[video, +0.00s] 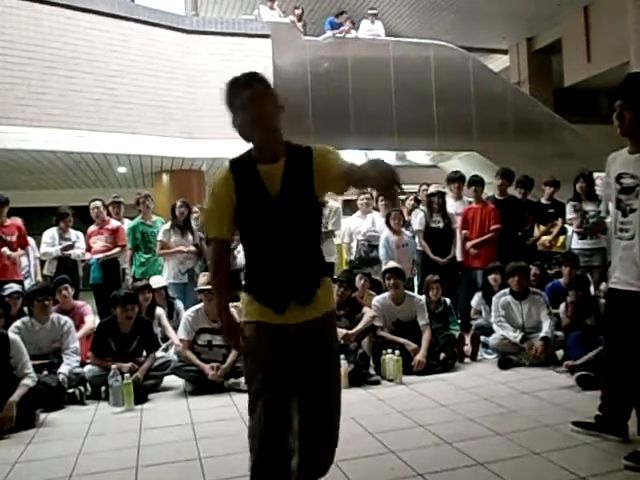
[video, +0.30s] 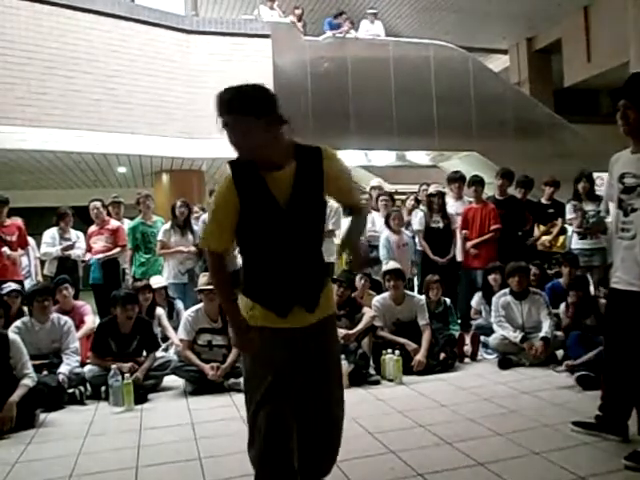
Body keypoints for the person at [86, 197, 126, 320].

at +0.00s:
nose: (96, 211)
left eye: (98, 208)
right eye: (93, 209)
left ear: (104, 209)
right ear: (90, 213)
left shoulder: (116, 226)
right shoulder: (90, 230)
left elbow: (122, 247)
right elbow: (88, 249)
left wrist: (104, 255)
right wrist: (87, 256)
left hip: (110, 262)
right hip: (95, 264)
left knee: (113, 295)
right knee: (100, 298)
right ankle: (104, 325)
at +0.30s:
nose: (96, 212)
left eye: (98, 208)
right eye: (93, 210)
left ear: (104, 210)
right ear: (90, 213)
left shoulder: (116, 226)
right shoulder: (91, 230)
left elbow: (122, 247)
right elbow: (89, 249)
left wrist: (105, 256)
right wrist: (87, 256)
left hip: (111, 262)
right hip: (96, 264)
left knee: (113, 295)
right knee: (100, 298)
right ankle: (104, 325)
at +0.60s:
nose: (96, 212)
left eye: (98, 208)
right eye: (93, 210)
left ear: (104, 210)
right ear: (90, 213)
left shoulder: (116, 226)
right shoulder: (91, 230)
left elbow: (122, 247)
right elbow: (89, 249)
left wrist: (105, 256)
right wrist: (88, 256)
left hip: (111, 262)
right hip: (96, 264)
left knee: (113, 294)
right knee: (100, 297)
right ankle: (104, 324)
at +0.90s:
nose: (96, 212)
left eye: (98, 209)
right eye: (93, 210)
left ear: (104, 210)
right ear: (90, 213)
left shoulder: (116, 226)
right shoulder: (91, 230)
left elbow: (122, 246)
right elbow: (89, 249)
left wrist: (105, 256)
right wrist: (87, 256)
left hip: (111, 263)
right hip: (96, 264)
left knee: (113, 296)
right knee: (100, 299)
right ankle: (104, 326)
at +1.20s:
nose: (96, 212)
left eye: (98, 209)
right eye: (93, 210)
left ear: (104, 210)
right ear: (90, 213)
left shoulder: (116, 226)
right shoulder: (90, 231)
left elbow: (122, 246)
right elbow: (89, 250)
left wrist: (105, 256)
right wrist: (87, 257)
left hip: (111, 262)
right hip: (96, 264)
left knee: (113, 295)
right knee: (100, 298)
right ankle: (104, 324)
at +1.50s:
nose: (95, 213)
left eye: (98, 210)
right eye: (92, 211)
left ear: (104, 210)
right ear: (90, 214)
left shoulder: (116, 226)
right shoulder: (91, 230)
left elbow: (122, 246)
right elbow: (88, 250)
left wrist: (105, 256)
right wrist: (88, 256)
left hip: (111, 263)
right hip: (96, 265)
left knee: (113, 296)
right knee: (100, 300)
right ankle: (104, 326)